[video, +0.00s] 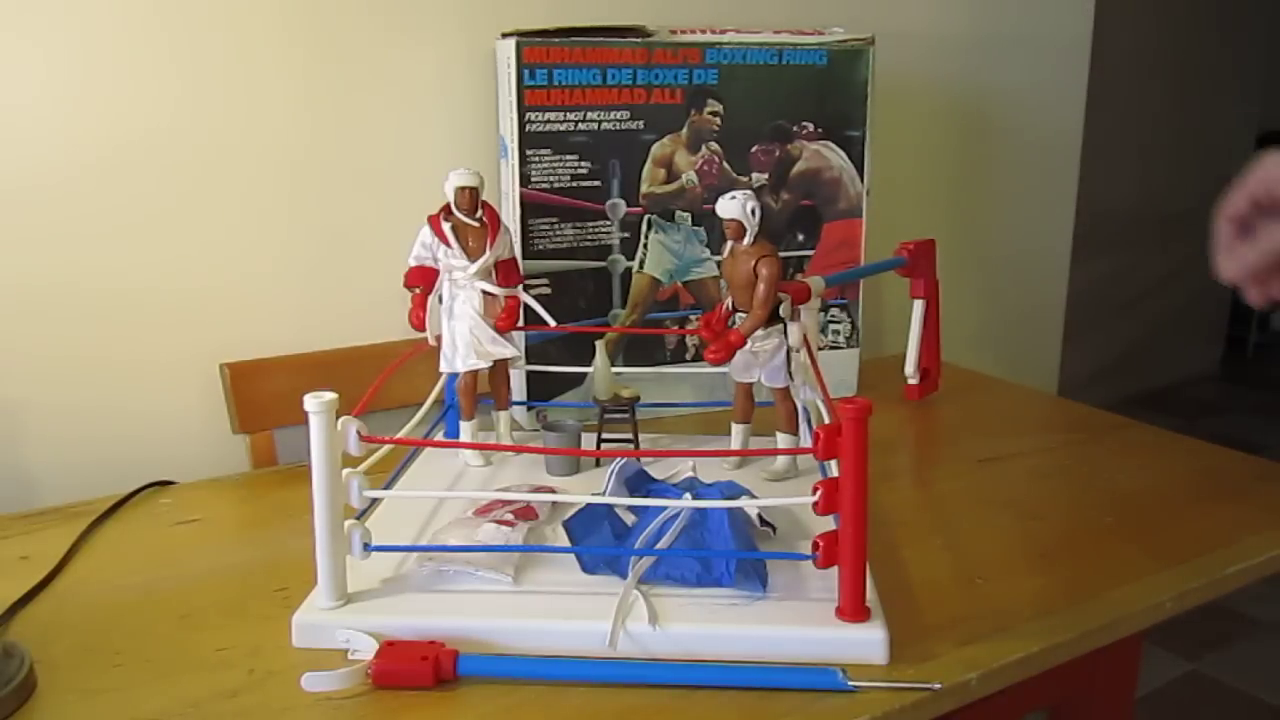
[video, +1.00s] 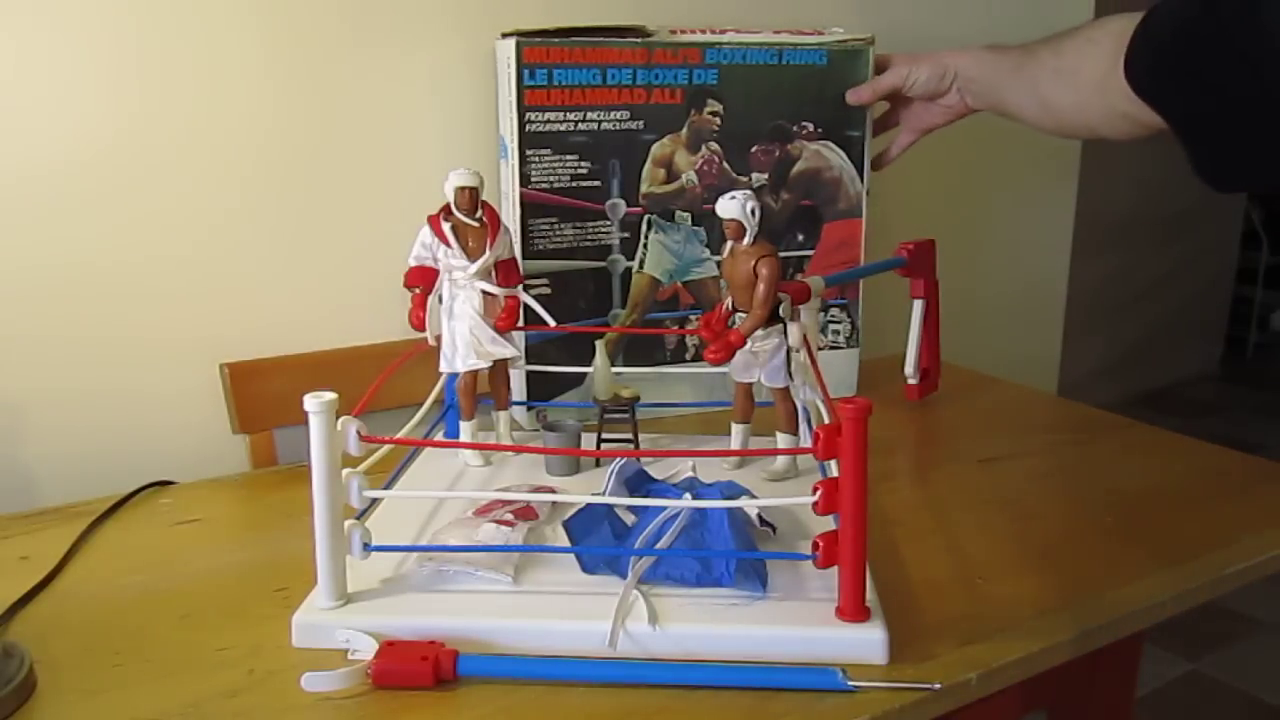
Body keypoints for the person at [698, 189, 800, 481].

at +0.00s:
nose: (725, 227)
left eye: (730, 222)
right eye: (724, 222)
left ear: (747, 222)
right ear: (724, 223)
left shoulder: (766, 260)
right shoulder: (730, 249)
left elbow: (761, 312)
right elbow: (735, 291)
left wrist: (735, 338)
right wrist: (720, 315)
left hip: (769, 332)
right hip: (743, 329)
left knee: (780, 390)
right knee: (742, 386)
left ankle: (787, 456)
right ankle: (738, 449)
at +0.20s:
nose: (725, 227)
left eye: (730, 222)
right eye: (723, 222)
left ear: (747, 222)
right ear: (724, 222)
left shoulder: (766, 260)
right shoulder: (730, 249)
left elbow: (761, 313)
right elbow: (734, 291)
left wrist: (735, 338)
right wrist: (720, 315)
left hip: (769, 332)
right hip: (742, 329)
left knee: (779, 390)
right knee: (742, 385)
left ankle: (787, 456)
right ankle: (738, 449)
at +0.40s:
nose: (725, 227)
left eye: (730, 222)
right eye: (723, 222)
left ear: (748, 222)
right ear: (724, 223)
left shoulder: (766, 260)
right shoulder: (729, 250)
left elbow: (761, 312)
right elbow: (734, 292)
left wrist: (736, 338)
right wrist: (720, 315)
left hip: (769, 332)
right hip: (743, 329)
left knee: (779, 390)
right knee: (742, 385)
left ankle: (786, 456)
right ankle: (737, 449)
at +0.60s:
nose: (725, 227)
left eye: (730, 222)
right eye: (723, 222)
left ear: (747, 223)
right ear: (724, 223)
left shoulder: (766, 260)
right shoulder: (729, 249)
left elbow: (761, 313)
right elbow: (733, 292)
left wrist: (735, 338)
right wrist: (720, 316)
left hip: (769, 333)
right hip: (742, 329)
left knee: (779, 390)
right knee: (742, 385)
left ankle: (787, 456)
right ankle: (738, 449)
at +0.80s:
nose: (725, 227)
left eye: (730, 222)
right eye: (723, 222)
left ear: (747, 223)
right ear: (724, 223)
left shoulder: (766, 260)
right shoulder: (729, 249)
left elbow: (761, 312)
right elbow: (733, 291)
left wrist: (735, 338)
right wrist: (720, 316)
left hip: (769, 332)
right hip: (742, 329)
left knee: (779, 390)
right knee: (742, 385)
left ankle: (787, 456)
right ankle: (738, 449)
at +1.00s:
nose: (725, 227)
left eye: (730, 222)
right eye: (723, 222)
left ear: (747, 223)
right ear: (724, 223)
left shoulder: (766, 259)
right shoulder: (730, 249)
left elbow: (761, 312)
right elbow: (734, 292)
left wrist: (735, 339)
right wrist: (720, 316)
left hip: (769, 332)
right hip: (742, 329)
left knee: (779, 390)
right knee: (742, 386)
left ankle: (787, 456)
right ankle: (738, 449)